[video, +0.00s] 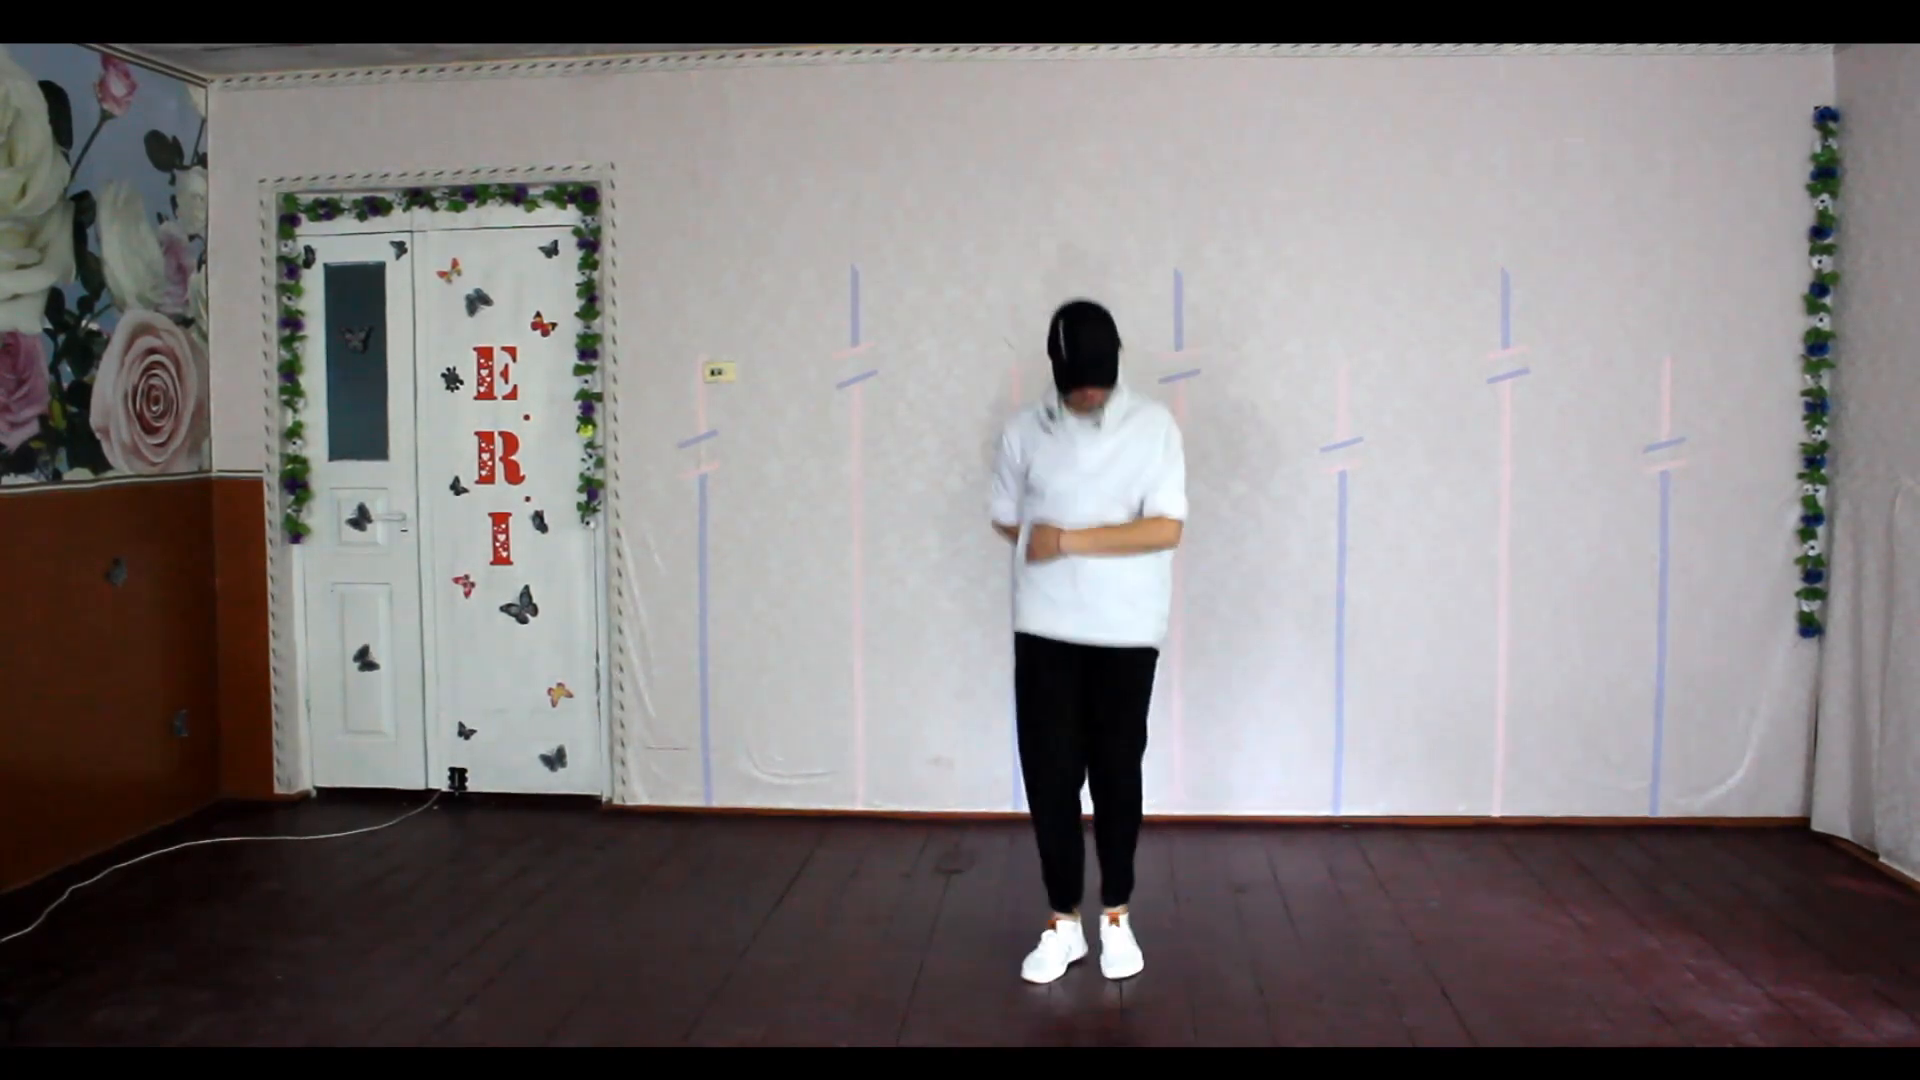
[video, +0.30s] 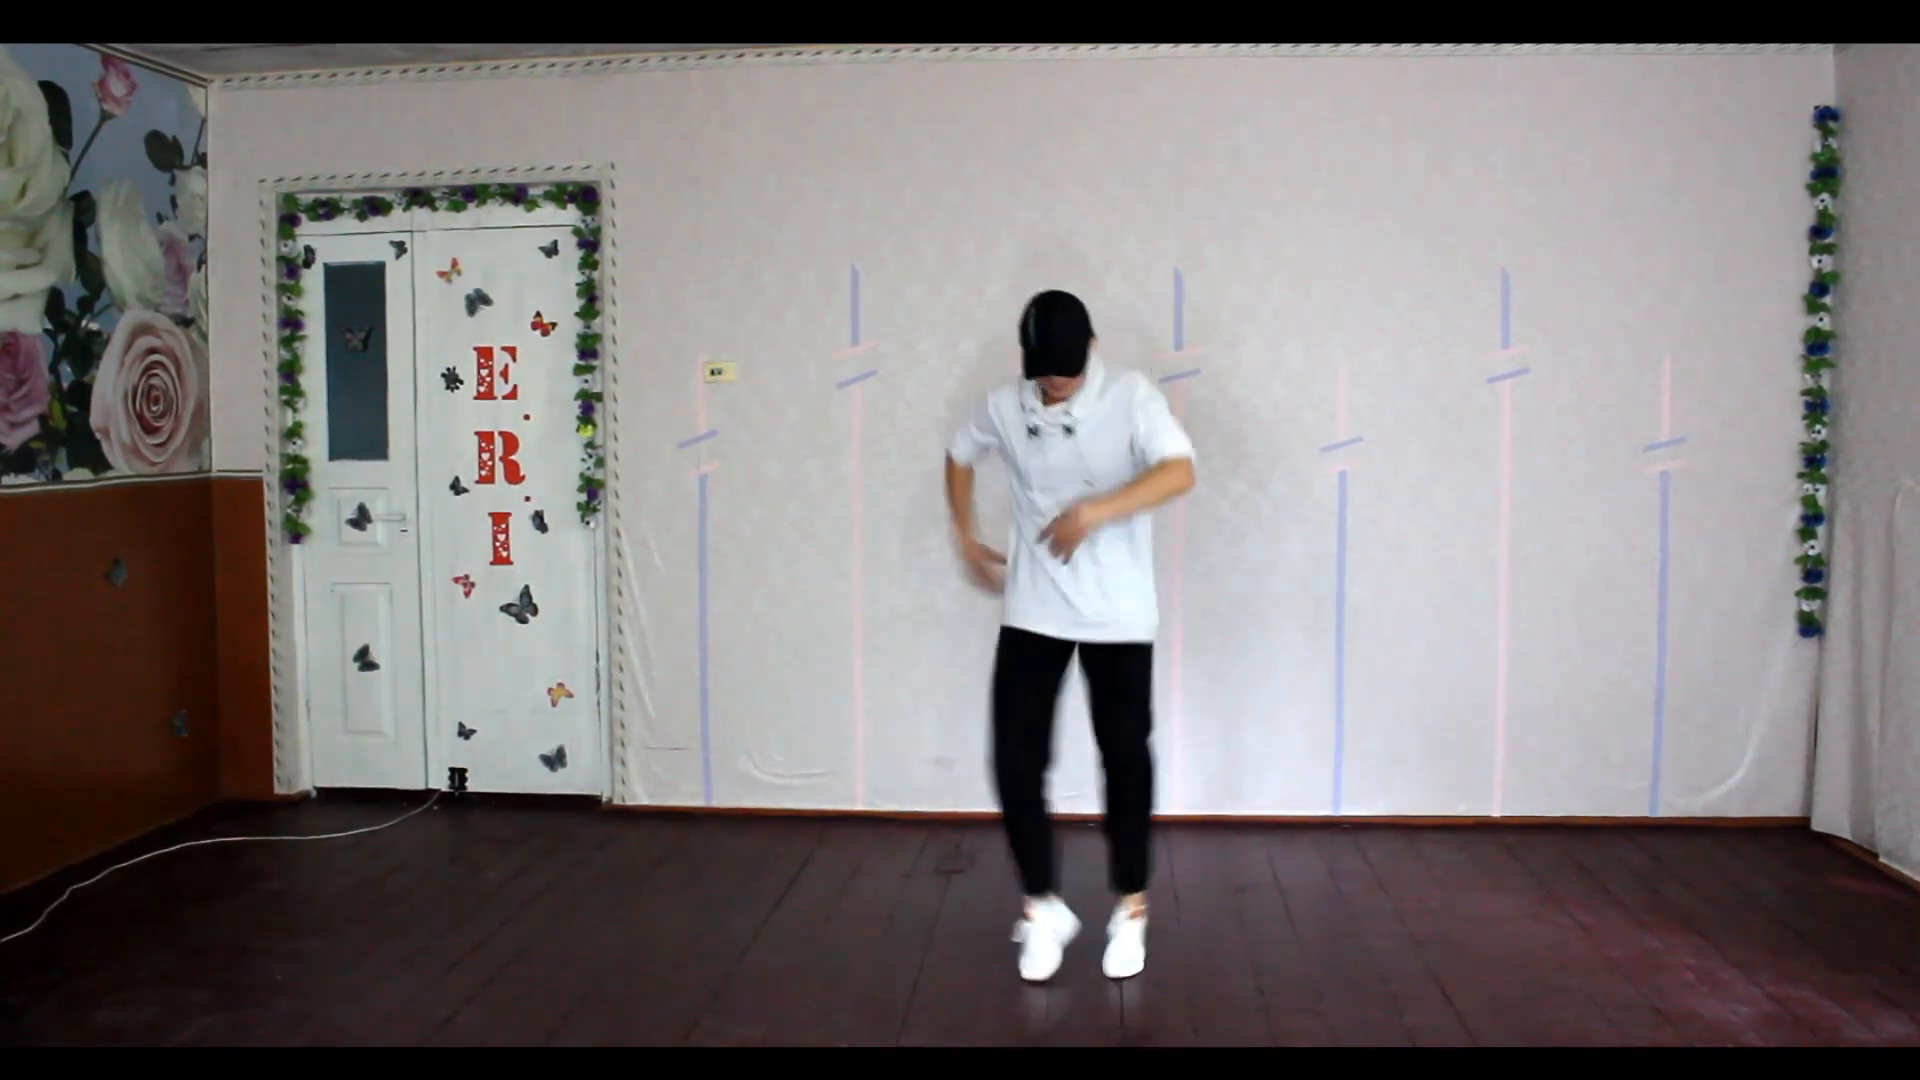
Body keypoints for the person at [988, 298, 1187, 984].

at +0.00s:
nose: (1091, 396)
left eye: (1101, 383)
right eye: (1078, 386)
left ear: (1117, 369)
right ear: (1056, 374)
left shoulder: (1152, 425)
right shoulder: (1024, 431)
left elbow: (1167, 529)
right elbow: (1004, 523)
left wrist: (1068, 539)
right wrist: (1073, 542)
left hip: (1125, 639)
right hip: (1043, 636)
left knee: (1116, 779)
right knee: (1050, 782)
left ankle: (1116, 917)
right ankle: (1064, 923)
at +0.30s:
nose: (1052, 388)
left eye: (1064, 376)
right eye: (1041, 376)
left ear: (1088, 354)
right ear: (1023, 360)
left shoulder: (1132, 396)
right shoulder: (1005, 406)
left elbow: (1179, 470)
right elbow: (959, 454)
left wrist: (1094, 512)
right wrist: (967, 538)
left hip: (1118, 612)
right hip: (1034, 610)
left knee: (1127, 759)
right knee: (1015, 762)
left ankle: (1129, 909)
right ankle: (1043, 909)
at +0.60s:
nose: (1046, 541)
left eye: (1055, 530)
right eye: (1035, 531)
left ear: (1074, 505)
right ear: (1014, 507)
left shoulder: (1099, 530)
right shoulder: (992, 524)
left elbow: (1095, 635)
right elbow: (937, 563)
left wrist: (1073, 644)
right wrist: (847, 585)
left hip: (1099, 707)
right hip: (1009, 702)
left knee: (1176, 826)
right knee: (894, 803)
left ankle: (1243, 936)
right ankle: (909, 913)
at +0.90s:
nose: (960, 536)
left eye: (968, 524)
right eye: (948, 529)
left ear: (988, 491)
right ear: (925, 506)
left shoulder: (1022, 509)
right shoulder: (917, 516)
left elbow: (1078, 590)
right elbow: (859, 511)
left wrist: (1049, 594)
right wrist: (780, 504)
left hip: (1084, 680)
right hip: (995, 683)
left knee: (1186, 787)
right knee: (875, 770)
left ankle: (1244, 917)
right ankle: (888, 896)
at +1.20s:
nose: (1034, 535)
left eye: (1040, 523)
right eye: (1019, 526)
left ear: (1056, 496)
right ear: (996, 506)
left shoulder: (1082, 539)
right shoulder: (976, 532)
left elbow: (1099, 652)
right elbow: (939, 587)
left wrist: (1076, 651)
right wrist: (851, 615)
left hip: (1086, 707)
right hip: (996, 706)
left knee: (1174, 817)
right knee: (870, 789)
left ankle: (1239, 952)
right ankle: (897, 902)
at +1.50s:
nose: (982, 531)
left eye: (992, 521)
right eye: (971, 521)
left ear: (1014, 497)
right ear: (954, 501)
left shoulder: (1054, 520)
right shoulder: (940, 529)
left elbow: (1107, 598)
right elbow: (889, 546)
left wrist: (1071, 595)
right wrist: (807, 548)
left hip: (1097, 698)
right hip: (1007, 699)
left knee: (1187, 803)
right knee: (879, 779)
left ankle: (1255, 945)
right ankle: (894, 903)